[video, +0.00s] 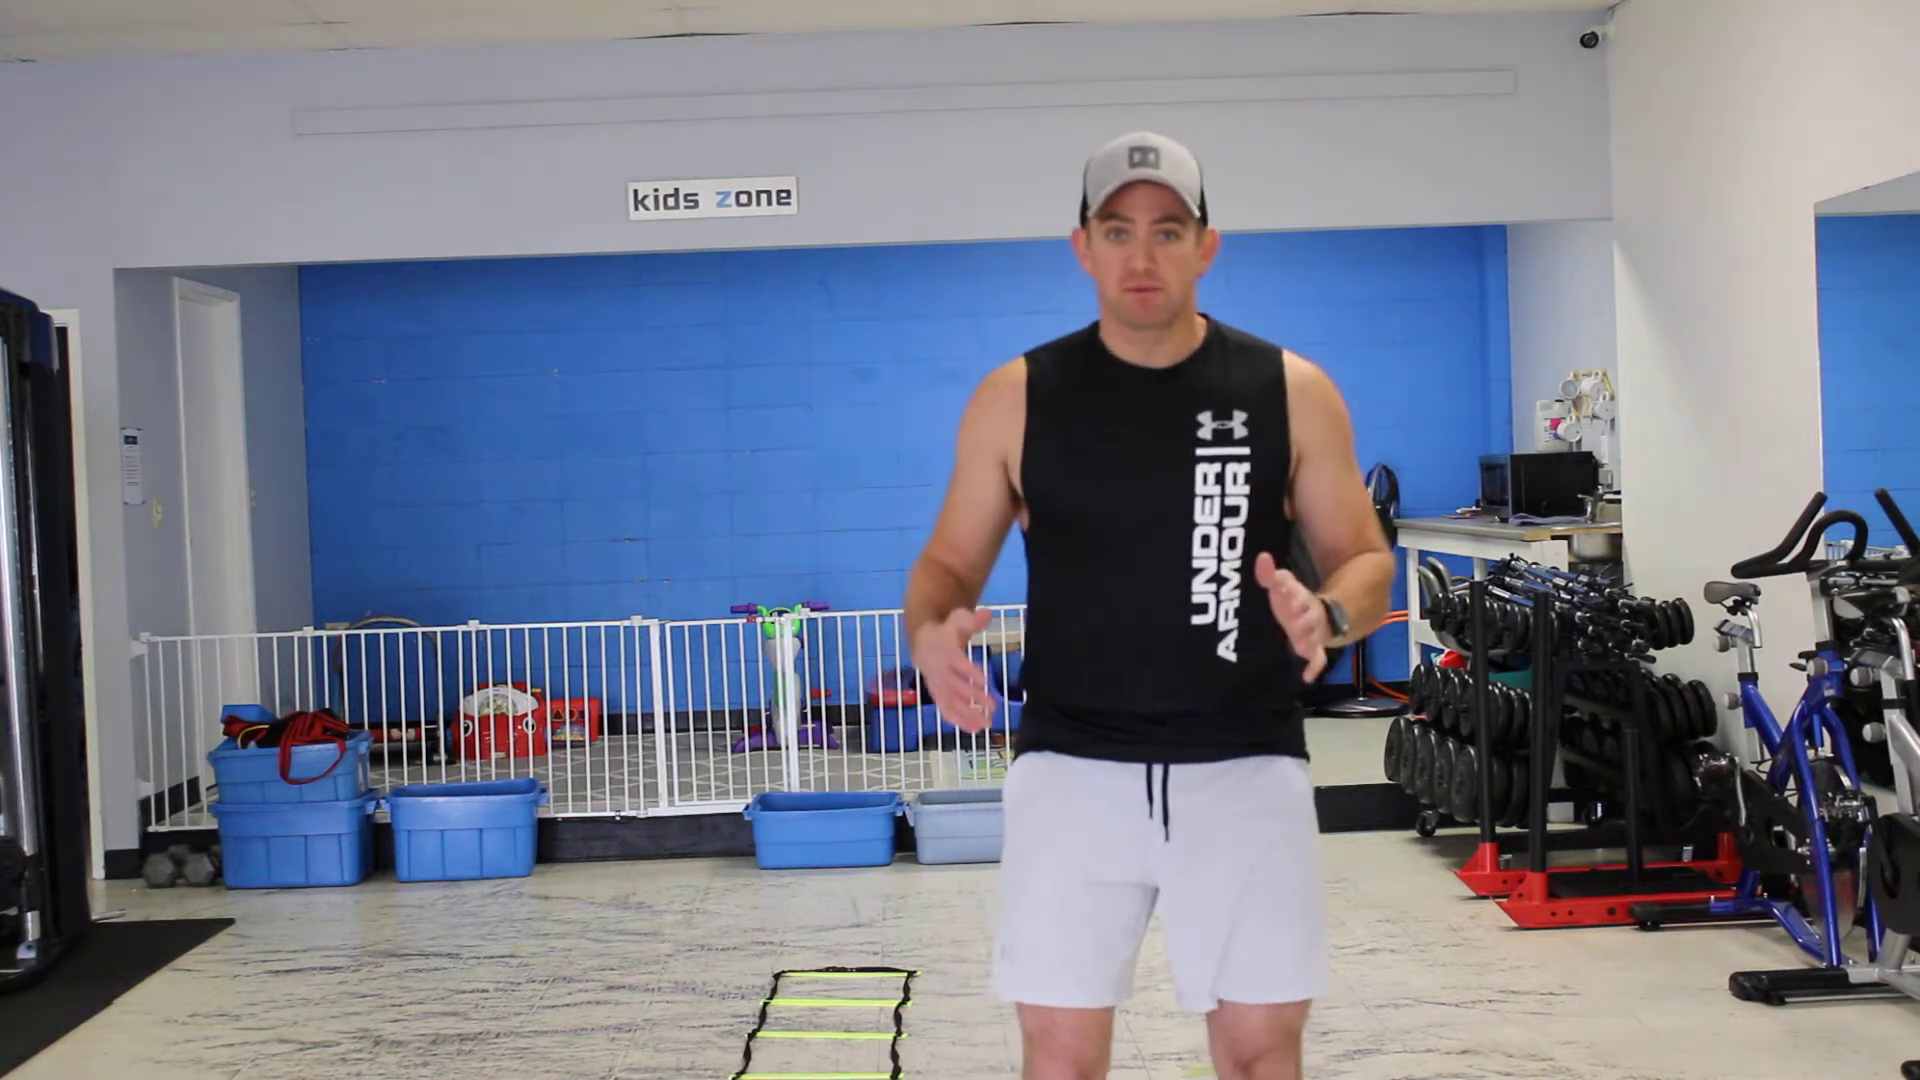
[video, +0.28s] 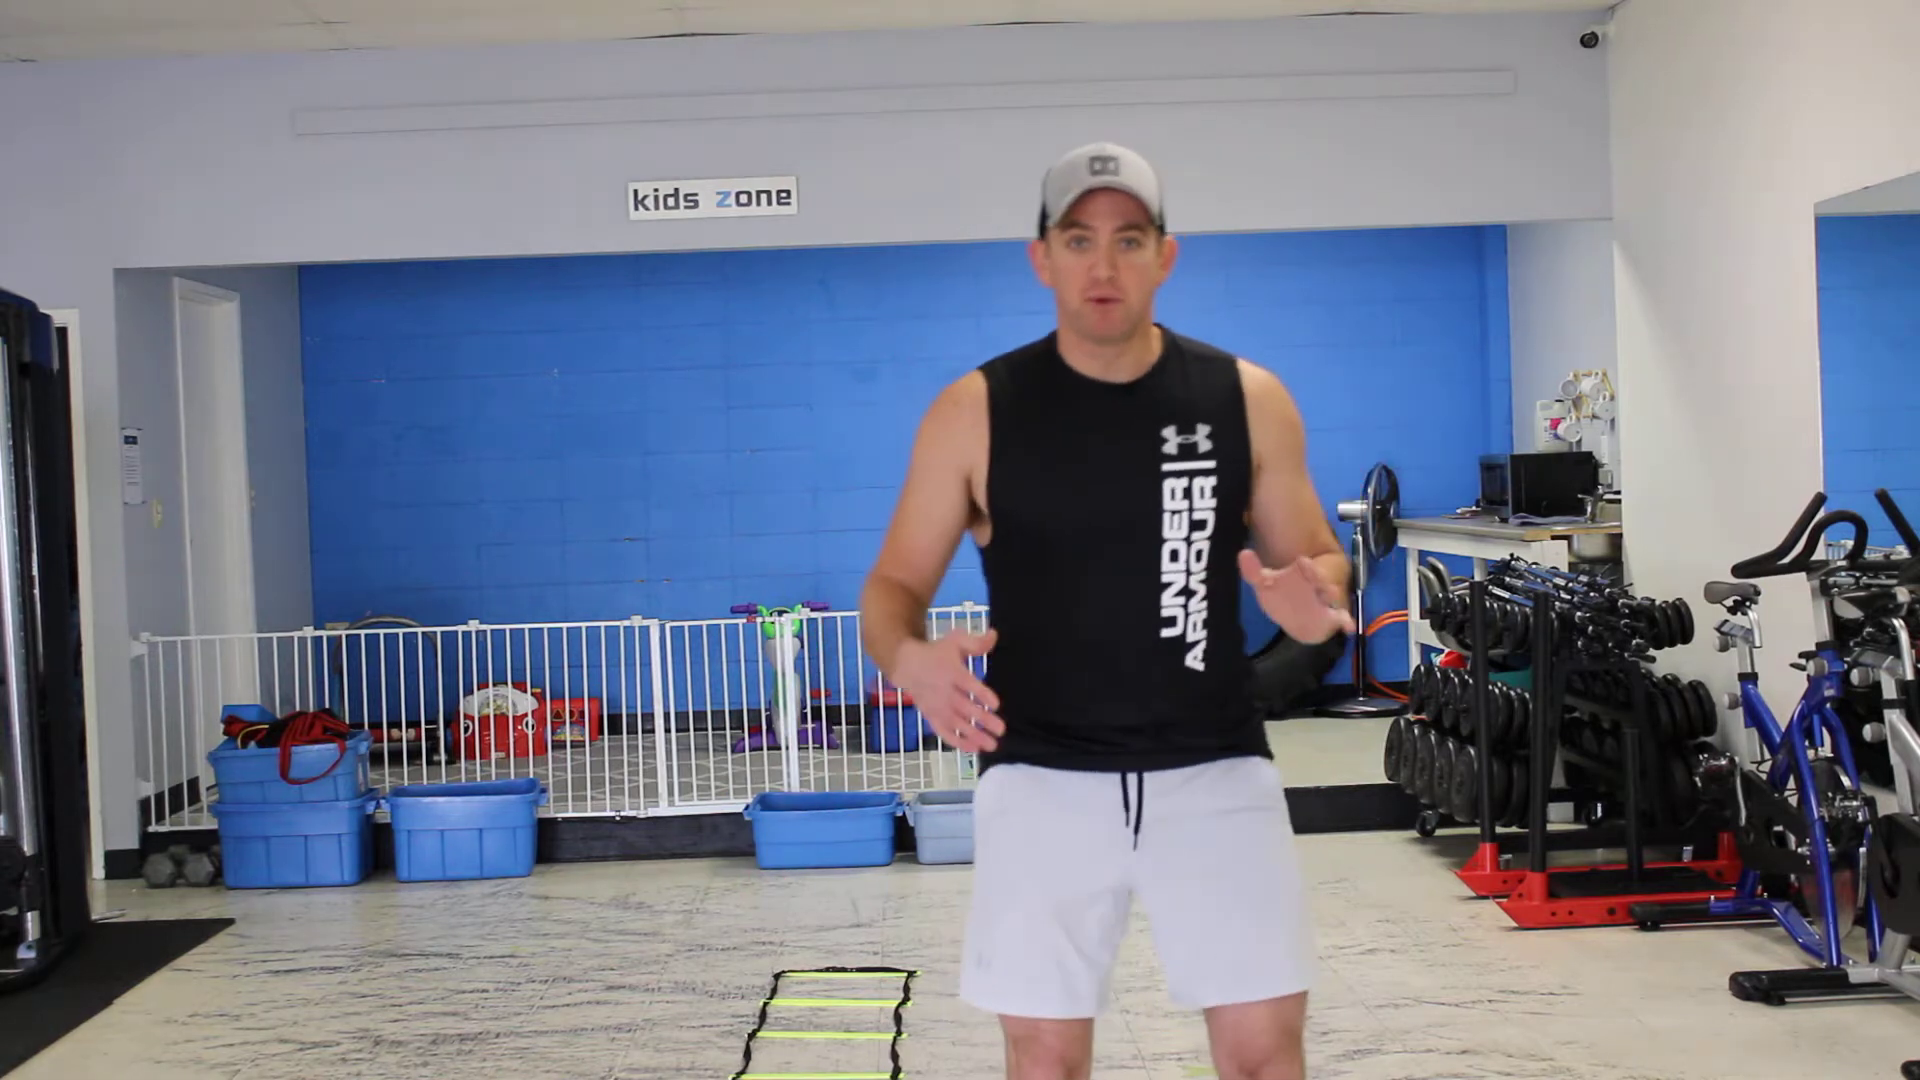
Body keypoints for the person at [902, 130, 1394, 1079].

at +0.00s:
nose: (1142, 255)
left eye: (1168, 230)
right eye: (1118, 230)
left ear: (1207, 248)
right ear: (1084, 248)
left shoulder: (1293, 392)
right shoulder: (1018, 398)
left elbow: (1363, 559)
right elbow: (948, 566)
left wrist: (1328, 614)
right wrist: (931, 635)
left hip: (1246, 776)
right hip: (1070, 779)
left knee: (1260, 1055)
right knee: (1060, 1058)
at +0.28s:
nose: (1105, 263)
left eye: (1130, 238)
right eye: (1080, 238)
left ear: (1166, 258)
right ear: (1042, 259)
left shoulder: (1249, 400)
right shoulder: (975, 412)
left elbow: (1315, 556)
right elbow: (895, 587)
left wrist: (1308, 605)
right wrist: (907, 657)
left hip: (1217, 781)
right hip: (1042, 791)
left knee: (1265, 1059)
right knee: (1045, 1062)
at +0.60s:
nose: (1088, 292)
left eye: (1110, 262)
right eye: (1062, 265)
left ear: (1149, 270)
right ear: (1025, 279)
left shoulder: (1243, 409)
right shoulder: (966, 428)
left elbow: (1333, 594)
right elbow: (892, 597)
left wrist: (1294, 566)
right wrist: (919, 630)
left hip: (1225, 781)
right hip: (1049, 794)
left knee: (1310, 1050)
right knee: (1049, 1062)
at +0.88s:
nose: (1139, 310)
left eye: (1161, 280)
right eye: (1112, 286)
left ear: (1201, 290)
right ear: (1078, 304)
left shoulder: (1299, 425)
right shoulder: (1034, 445)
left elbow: (1397, 616)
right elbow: (977, 598)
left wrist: (1314, 595)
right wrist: (967, 642)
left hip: (1286, 794)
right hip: (1106, 799)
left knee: (1346, 1055)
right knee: (1074, 1060)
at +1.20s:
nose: (1131, 332)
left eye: (1153, 303)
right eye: (1105, 307)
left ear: (1194, 310)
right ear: (1072, 324)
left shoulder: (1284, 447)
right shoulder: (1016, 459)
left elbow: (1376, 618)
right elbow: (944, 612)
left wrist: (1313, 632)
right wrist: (955, 694)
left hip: (1259, 799)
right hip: (1078, 804)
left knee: (1327, 1054)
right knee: (1049, 1058)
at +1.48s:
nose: (1091, 337)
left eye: (1113, 308)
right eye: (1065, 312)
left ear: (1152, 315)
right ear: (1031, 328)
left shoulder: (1243, 447)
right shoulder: (977, 460)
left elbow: (1324, 636)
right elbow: (903, 614)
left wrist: (1247, 630)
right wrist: (910, 698)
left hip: (1230, 799)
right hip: (1051, 808)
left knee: (1307, 1051)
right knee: (1036, 1060)